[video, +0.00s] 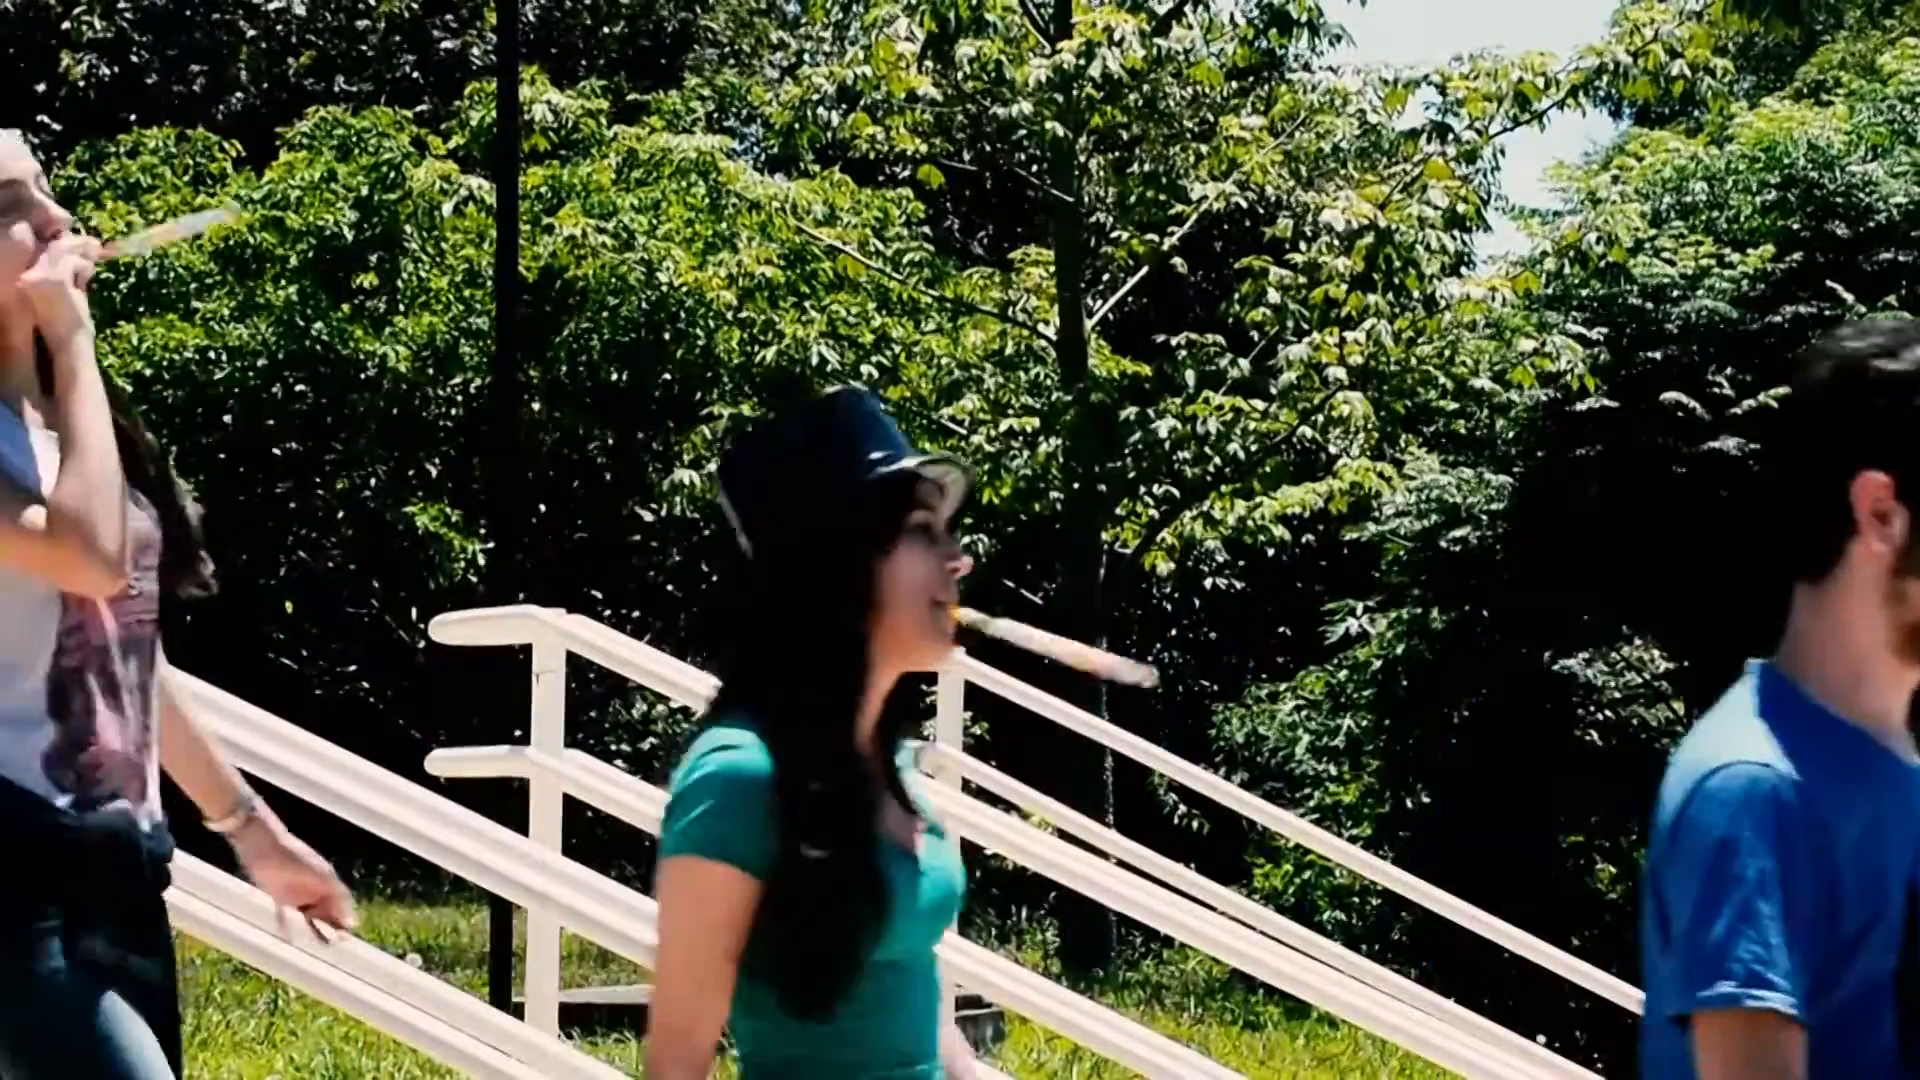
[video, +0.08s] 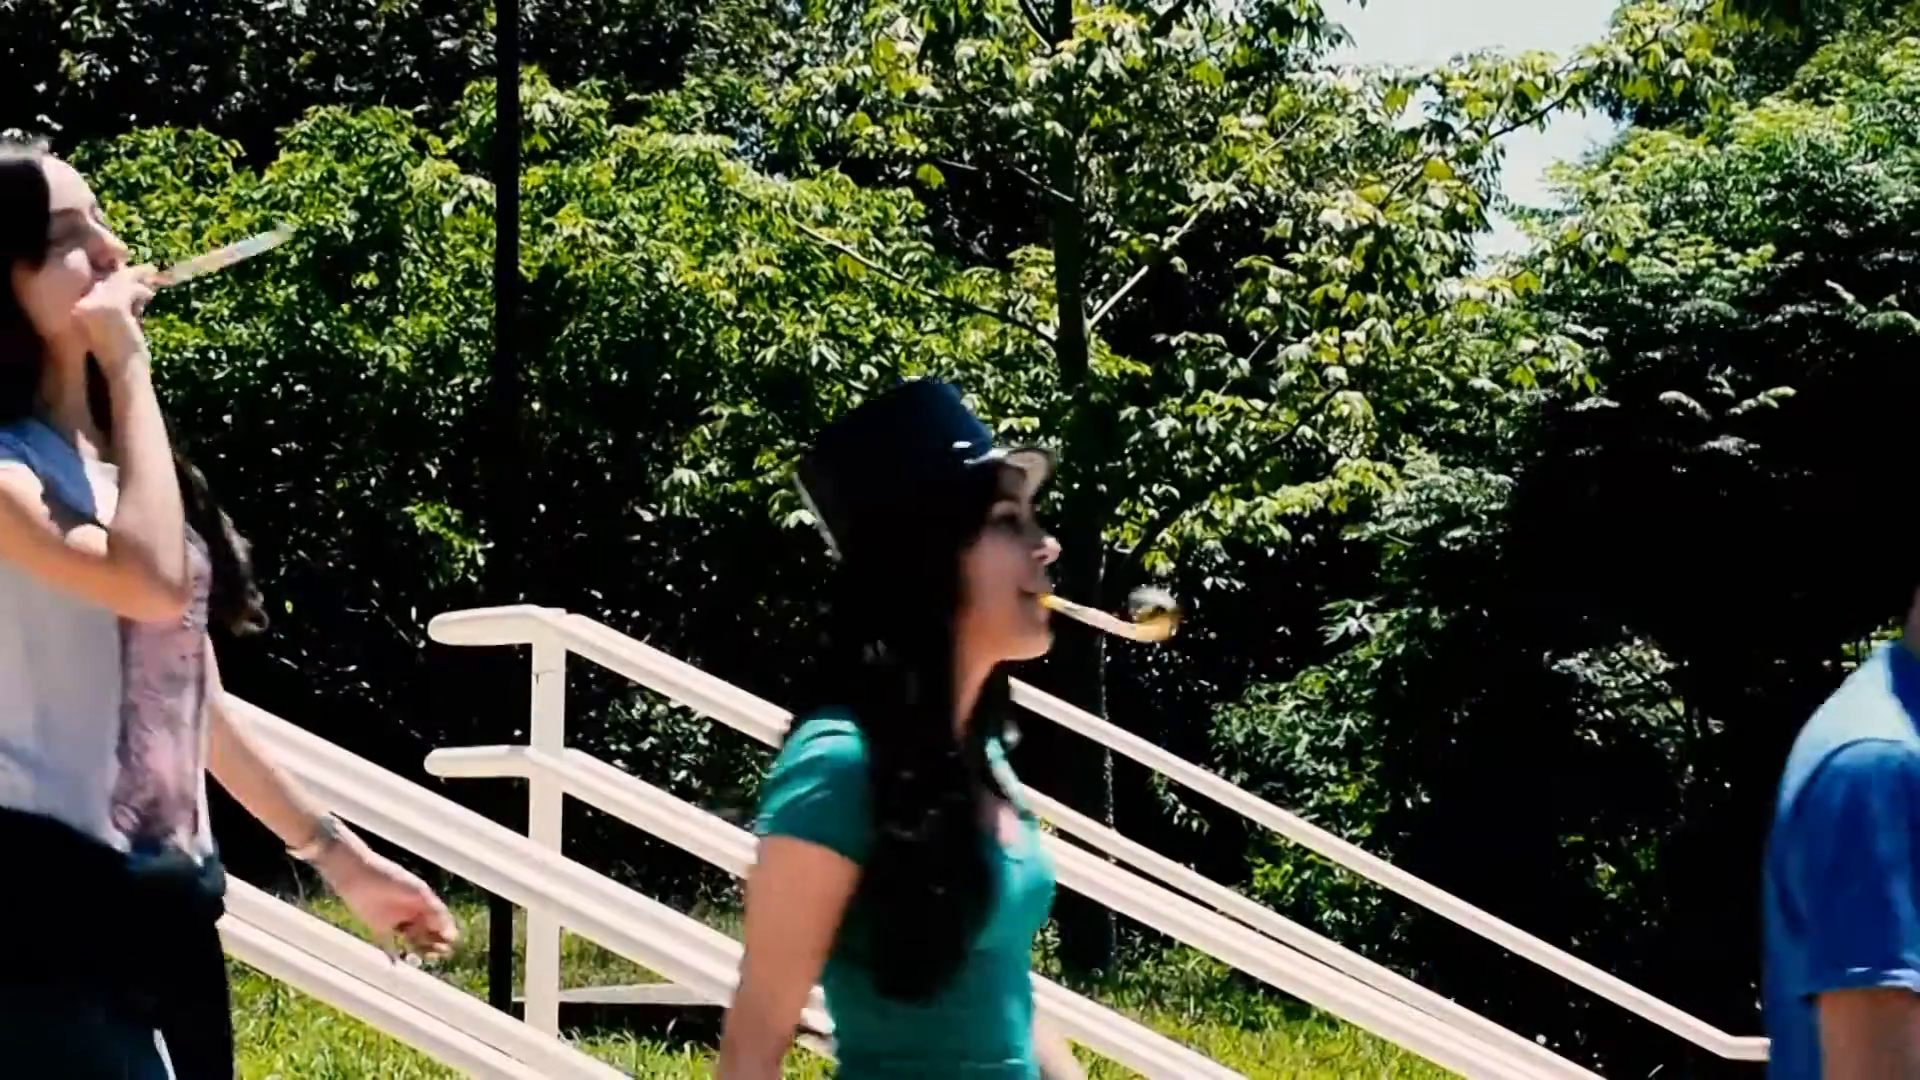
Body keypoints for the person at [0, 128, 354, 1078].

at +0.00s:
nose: (61, 221)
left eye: (50, 196)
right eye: (17, 208)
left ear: (55, 225)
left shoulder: (76, 432)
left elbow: (132, 654)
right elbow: (88, 558)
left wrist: (251, 830)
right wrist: (72, 345)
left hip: (124, 873)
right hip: (21, 878)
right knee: (140, 1063)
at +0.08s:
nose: (105, 250)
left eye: (98, 224)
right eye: (63, 237)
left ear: (112, 244)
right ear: (7, 281)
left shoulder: (123, 463)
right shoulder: (8, 465)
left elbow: (193, 695)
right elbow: (146, 586)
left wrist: (341, 861)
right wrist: (128, 367)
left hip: (175, 899)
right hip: (53, 906)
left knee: (200, 1064)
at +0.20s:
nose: (196, 311)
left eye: (185, 287)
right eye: (156, 296)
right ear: (86, 342)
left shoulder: (204, 532)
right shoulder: (43, 513)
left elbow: (251, 773)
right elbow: (243, 627)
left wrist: (420, 927)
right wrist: (221, 418)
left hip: (250, 971)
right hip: (126, 970)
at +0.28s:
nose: (264, 336)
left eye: (253, 315)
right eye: (222, 321)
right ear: (151, 369)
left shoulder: (261, 561)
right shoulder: (99, 532)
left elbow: (293, 818)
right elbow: (308, 646)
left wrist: (437, 998)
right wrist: (295, 442)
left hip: (300, 992)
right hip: (170, 988)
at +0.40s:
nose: (356, 341)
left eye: (345, 317)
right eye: (317, 321)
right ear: (246, 364)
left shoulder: (324, 547)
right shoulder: (186, 519)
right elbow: (408, 637)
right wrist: (396, 439)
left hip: (362, 979)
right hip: (241, 979)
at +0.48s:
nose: (417, 345)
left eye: (404, 322)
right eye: (379, 325)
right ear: (308, 366)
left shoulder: (385, 548)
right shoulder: (247, 517)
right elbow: (480, 630)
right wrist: (464, 439)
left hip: (424, 988)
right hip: (304, 984)